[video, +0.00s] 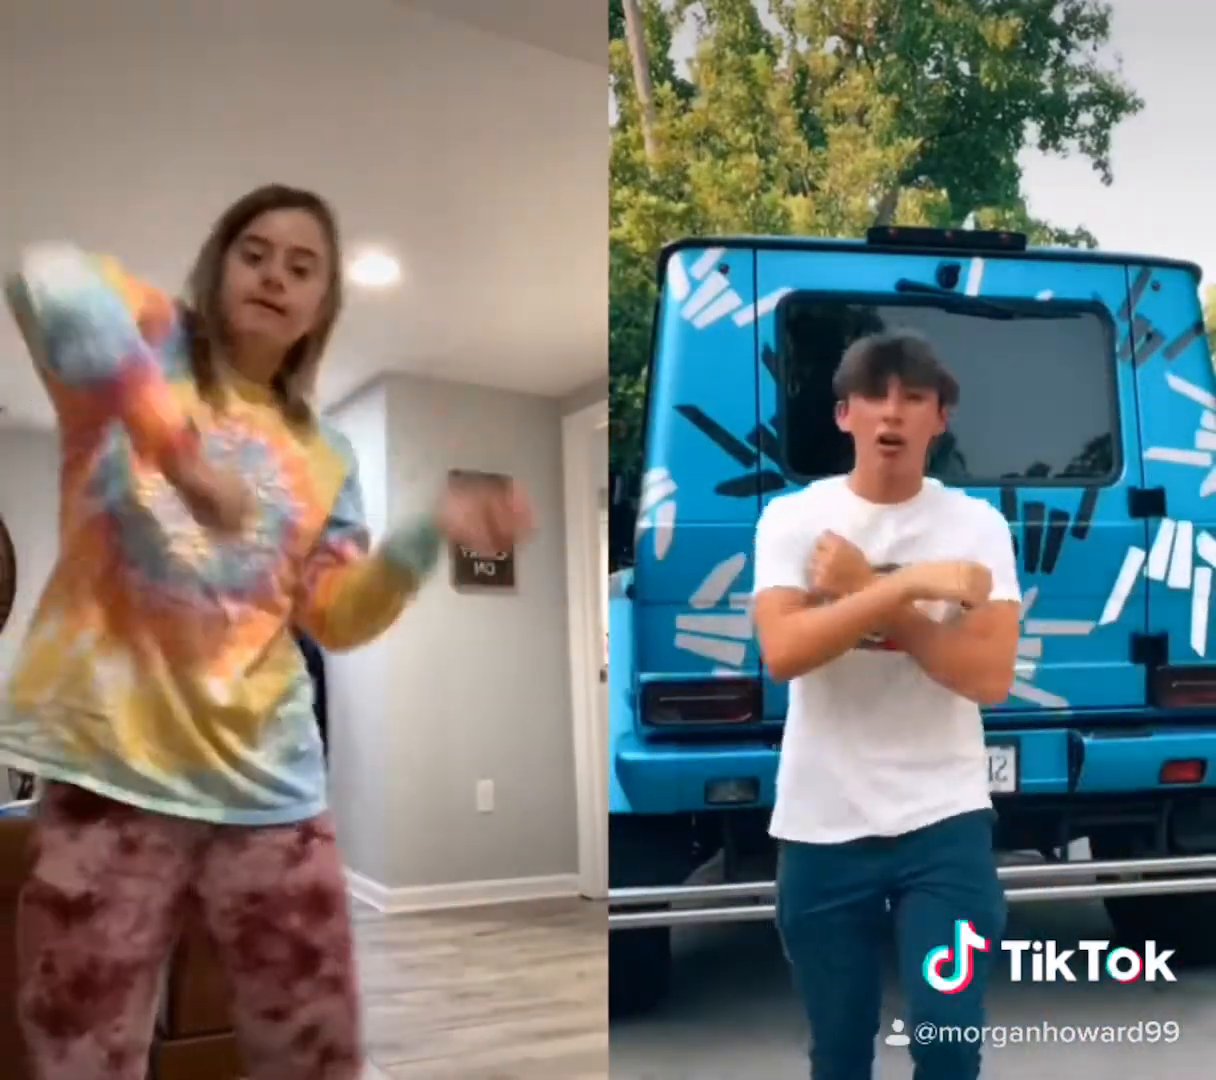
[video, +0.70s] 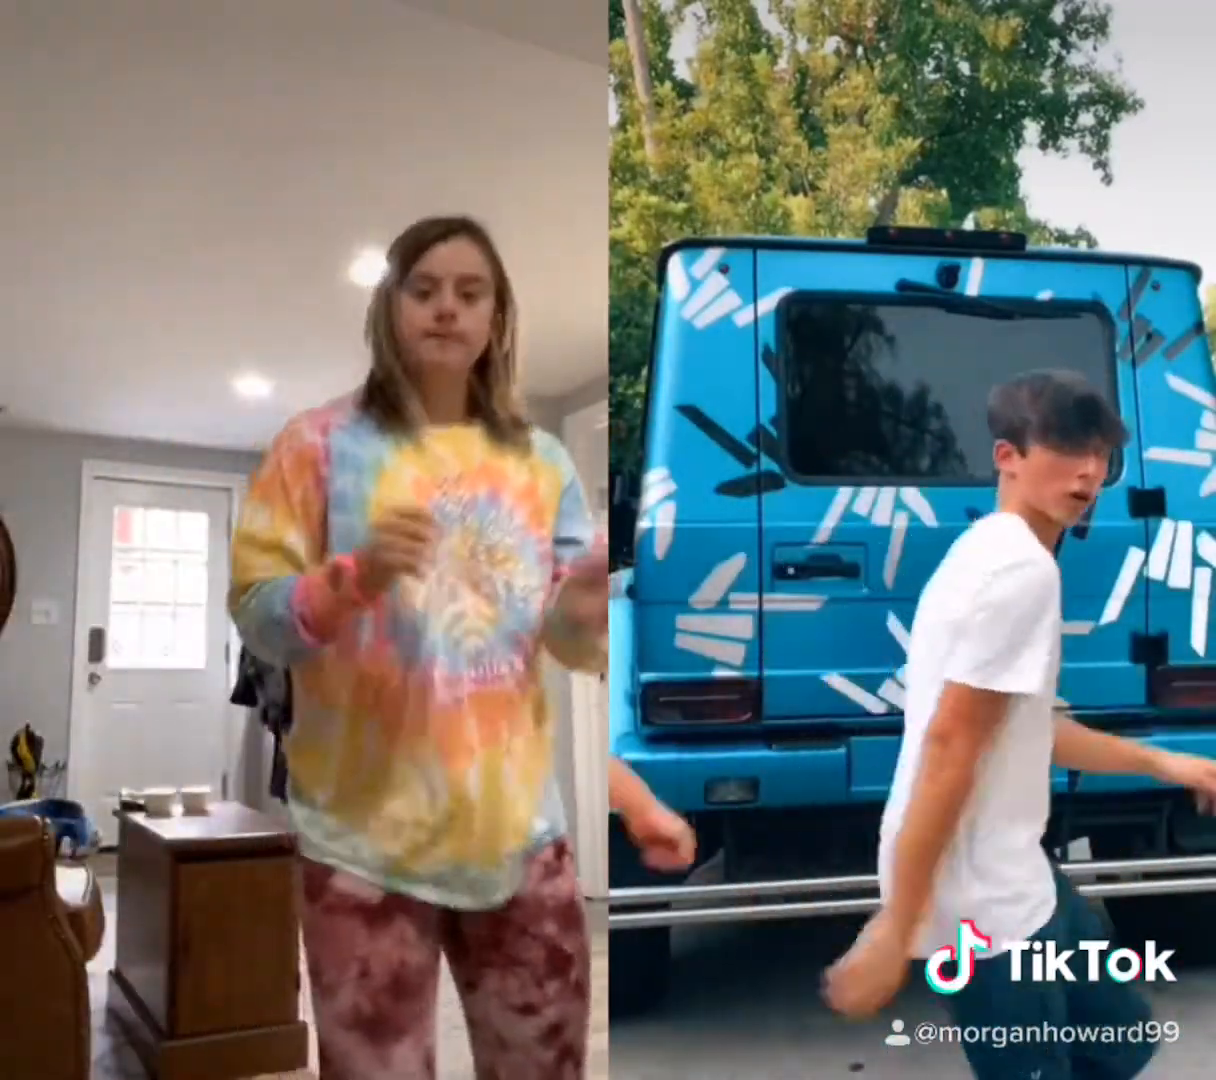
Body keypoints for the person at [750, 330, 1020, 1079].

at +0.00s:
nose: (893, 416)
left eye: (912, 401)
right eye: (876, 400)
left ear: (940, 419)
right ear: (845, 416)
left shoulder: (978, 524)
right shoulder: (792, 518)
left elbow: (990, 676)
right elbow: (783, 652)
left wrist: (870, 594)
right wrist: (914, 582)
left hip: (947, 824)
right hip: (823, 833)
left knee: (950, 1049)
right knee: (839, 1056)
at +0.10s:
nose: (909, 421)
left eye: (929, 405)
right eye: (892, 404)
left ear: (955, 424)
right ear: (861, 419)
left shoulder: (994, 544)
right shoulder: (804, 534)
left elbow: (1017, 703)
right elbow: (804, 684)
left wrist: (895, 651)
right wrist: (939, 630)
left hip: (962, 840)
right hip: (836, 847)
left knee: (947, 1055)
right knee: (849, 1056)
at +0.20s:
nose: (934, 446)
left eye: (952, 429)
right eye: (915, 429)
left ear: (978, 449)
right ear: (883, 448)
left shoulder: (1011, 566)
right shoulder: (828, 567)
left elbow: (1037, 700)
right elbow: (815, 730)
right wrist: (953, 722)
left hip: (973, 855)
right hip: (855, 865)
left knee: (963, 1062)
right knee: (876, 1063)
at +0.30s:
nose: (961, 454)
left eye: (978, 439)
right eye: (942, 436)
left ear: (1000, 457)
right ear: (904, 450)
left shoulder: (1015, 568)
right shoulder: (846, 570)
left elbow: (1038, 689)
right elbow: (815, 732)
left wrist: (1010, 769)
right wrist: (941, 819)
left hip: (980, 857)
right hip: (877, 862)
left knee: (976, 1061)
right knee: (916, 1062)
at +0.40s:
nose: (991, 433)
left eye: (1008, 416)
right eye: (973, 412)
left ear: (1025, 430)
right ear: (927, 420)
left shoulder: (1014, 538)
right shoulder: (874, 543)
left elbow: (1033, 660)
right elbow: (833, 715)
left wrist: (1077, 721)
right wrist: (862, 877)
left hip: (988, 840)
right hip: (904, 854)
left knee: (974, 1051)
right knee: (942, 1057)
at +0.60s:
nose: (1053, 464)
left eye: (1064, 446)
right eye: (1032, 442)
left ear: (1074, 460)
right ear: (974, 453)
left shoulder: (997, 558)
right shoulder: (968, 558)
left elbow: (1034, 704)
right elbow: (871, 717)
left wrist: (1174, 712)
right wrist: (794, 882)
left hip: (982, 886)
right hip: (952, 897)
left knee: (1054, 1063)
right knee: (1033, 1069)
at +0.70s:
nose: (1090, 471)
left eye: (1100, 454)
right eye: (1069, 449)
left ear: (1109, 463)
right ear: (1008, 457)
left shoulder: (992, 554)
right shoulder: (1018, 567)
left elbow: (1029, 726)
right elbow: (948, 744)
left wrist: (1167, 766)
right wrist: (896, 926)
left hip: (1021, 883)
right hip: (984, 914)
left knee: (1122, 1040)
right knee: (1038, 1067)